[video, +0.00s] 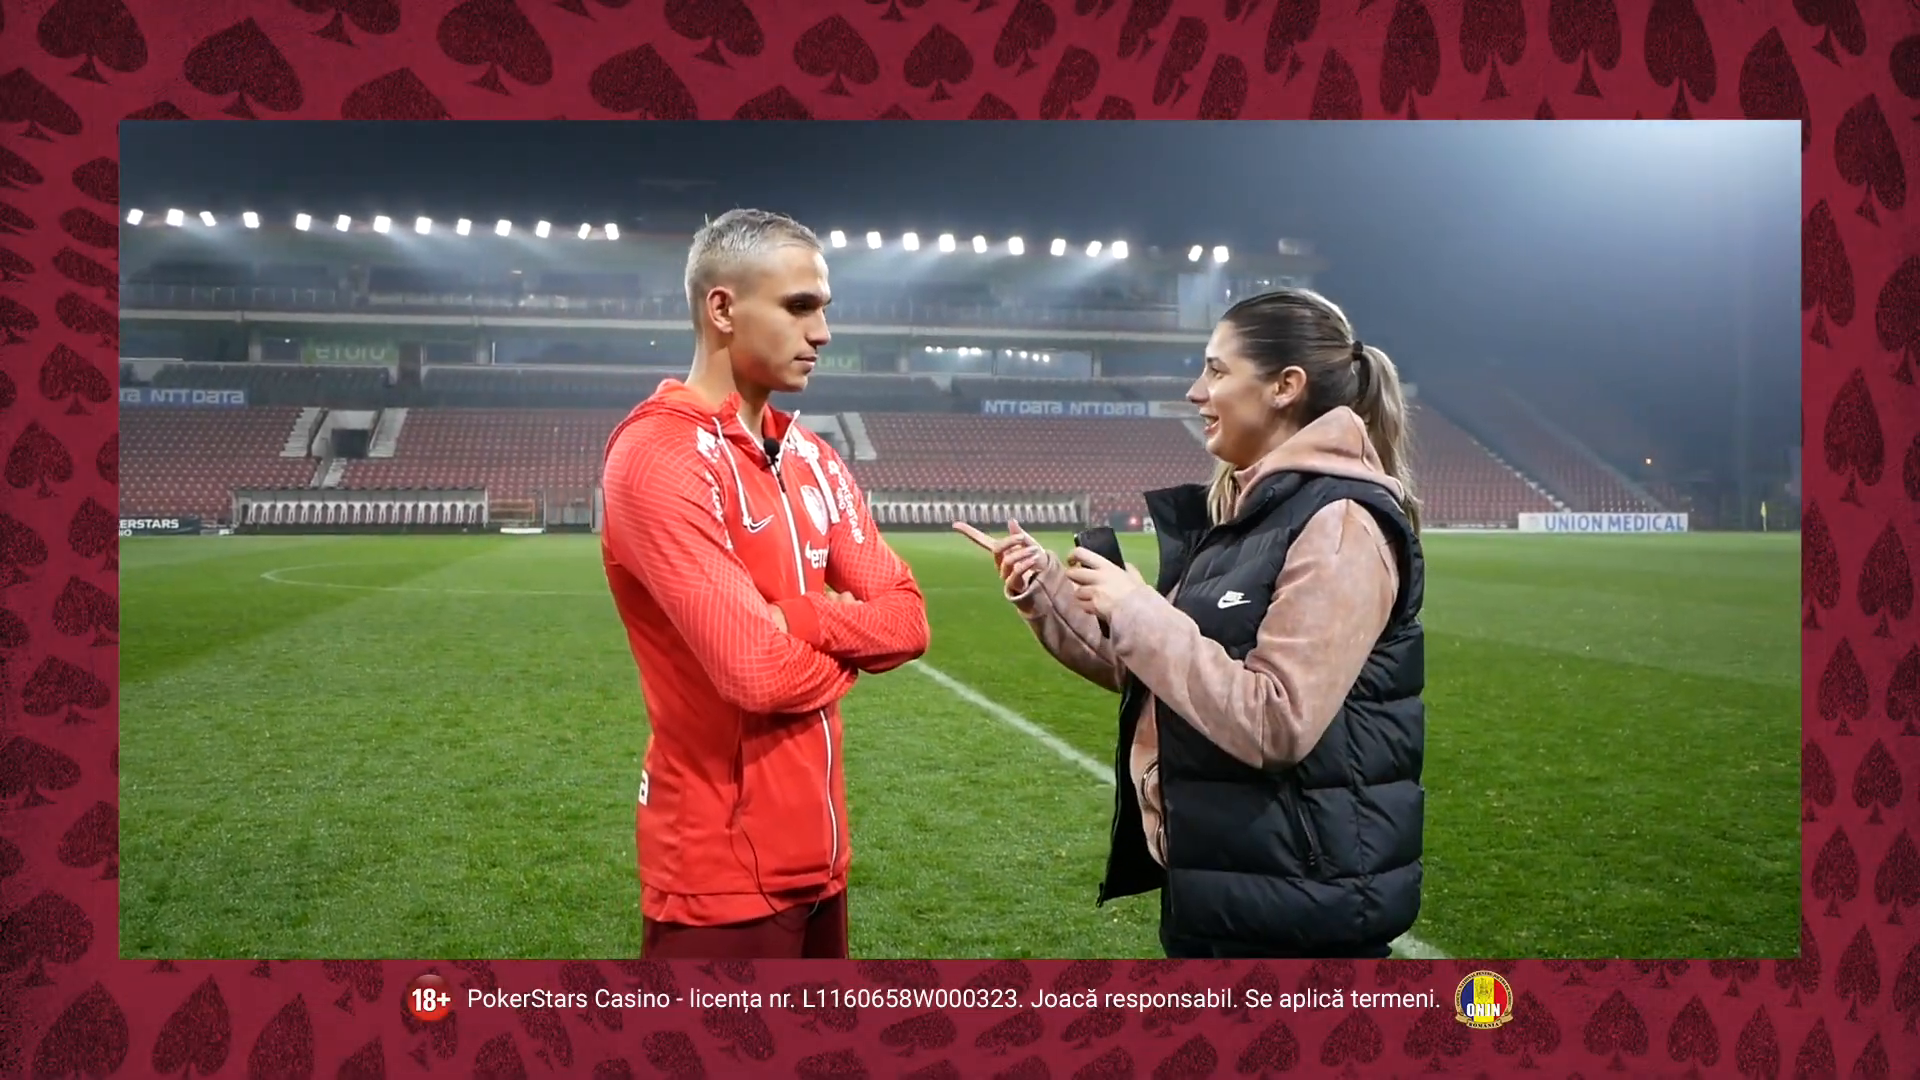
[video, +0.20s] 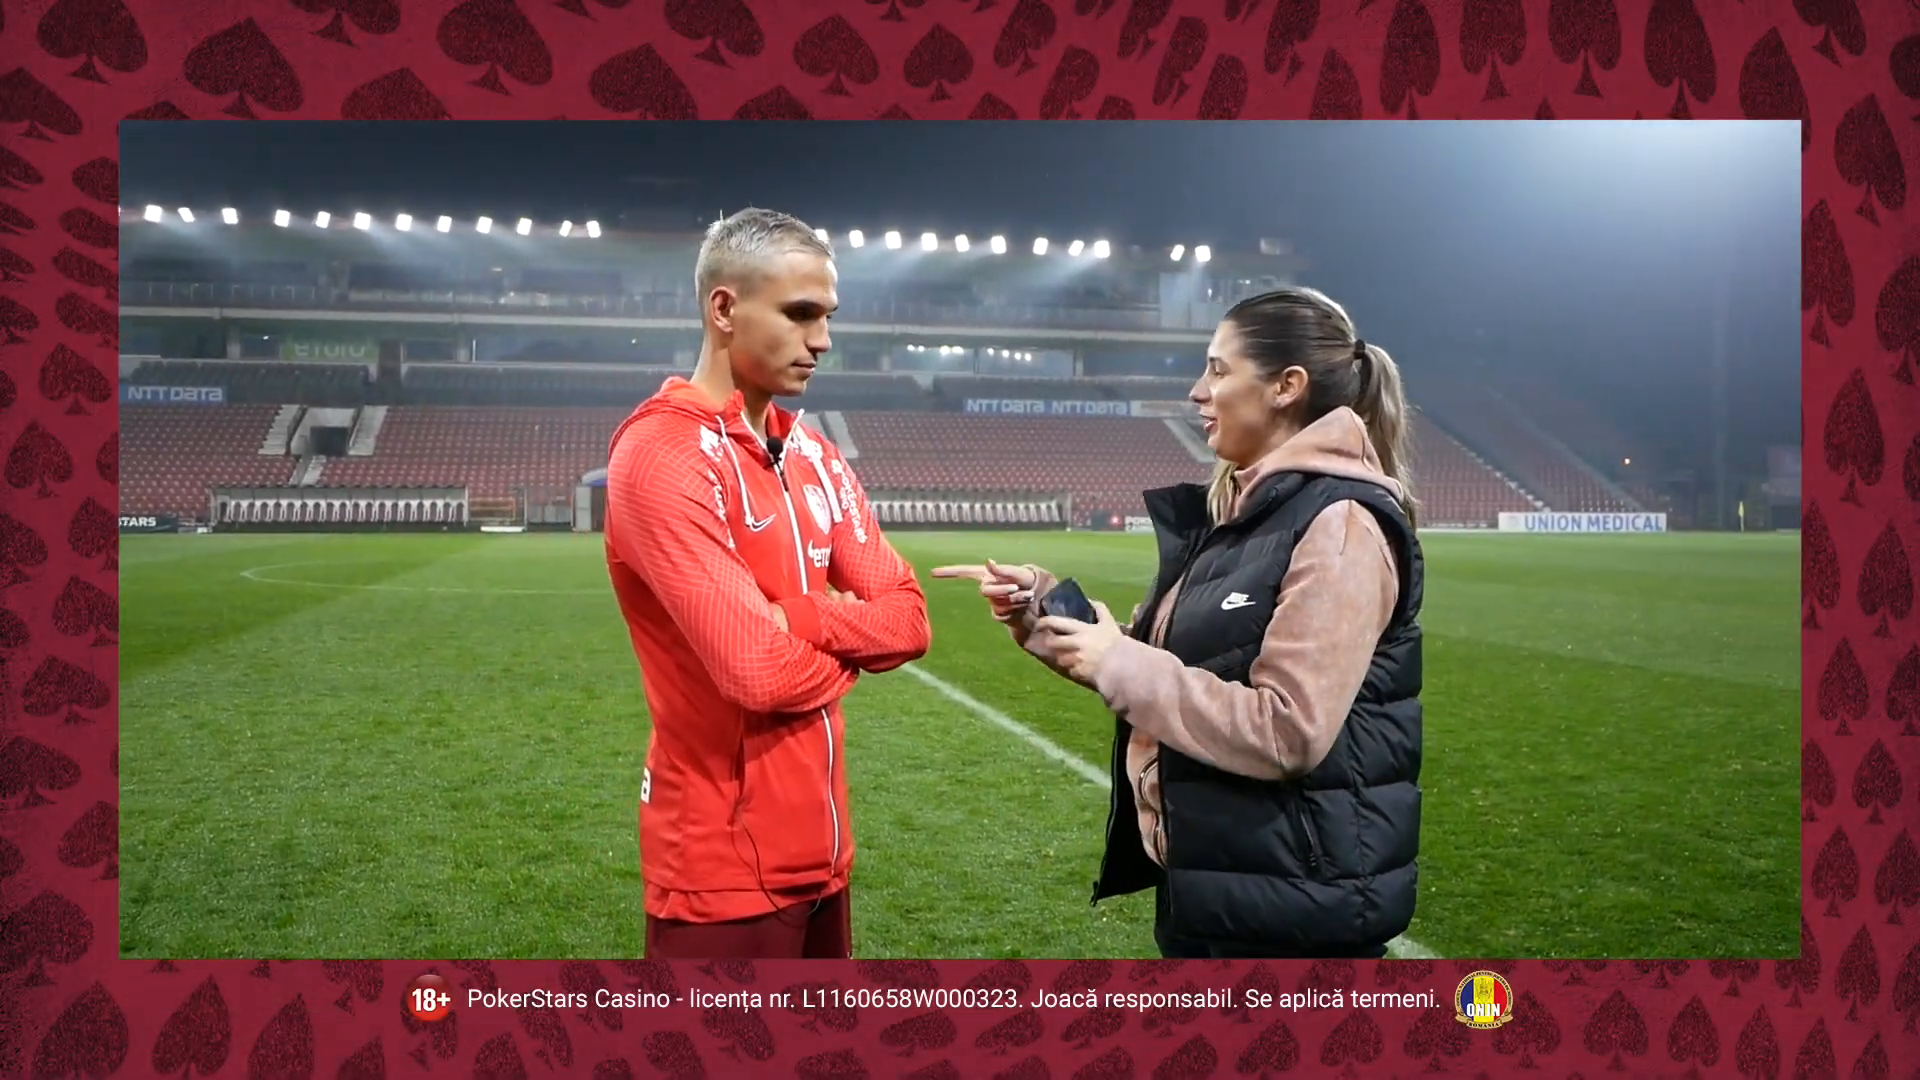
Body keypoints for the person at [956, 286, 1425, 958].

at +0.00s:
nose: (1195, 392)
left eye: (1216, 371)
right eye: (1203, 372)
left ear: (1286, 386)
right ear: (1276, 386)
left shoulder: (1343, 525)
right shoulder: (1242, 513)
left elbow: (1275, 715)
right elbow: (1151, 671)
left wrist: (1138, 612)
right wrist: (1046, 598)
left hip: (1300, 906)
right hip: (1227, 897)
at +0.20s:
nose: (1198, 391)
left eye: (1218, 370)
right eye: (1205, 371)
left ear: (1288, 387)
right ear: (1285, 389)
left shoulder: (1342, 526)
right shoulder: (1246, 512)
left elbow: (1287, 729)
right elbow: (1167, 669)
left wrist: (1118, 664)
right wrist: (1049, 615)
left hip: (1294, 911)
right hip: (1223, 901)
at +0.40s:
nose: (1204, 382)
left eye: (1226, 360)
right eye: (1213, 361)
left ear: (1296, 379)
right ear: (1292, 382)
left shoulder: (1324, 523)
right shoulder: (1244, 508)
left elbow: (1315, 747)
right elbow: (1172, 666)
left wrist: (1144, 759)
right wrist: (1097, 624)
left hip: (1283, 912)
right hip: (1225, 903)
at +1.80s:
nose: (1215, 391)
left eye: (1240, 371)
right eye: (1224, 370)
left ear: (1311, 395)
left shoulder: (1376, 533)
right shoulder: (1249, 518)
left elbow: (1382, 742)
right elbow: (1218, 666)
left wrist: (1214, 714)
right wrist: (1157, 672)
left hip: (1327, 907)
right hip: (1231, 893)